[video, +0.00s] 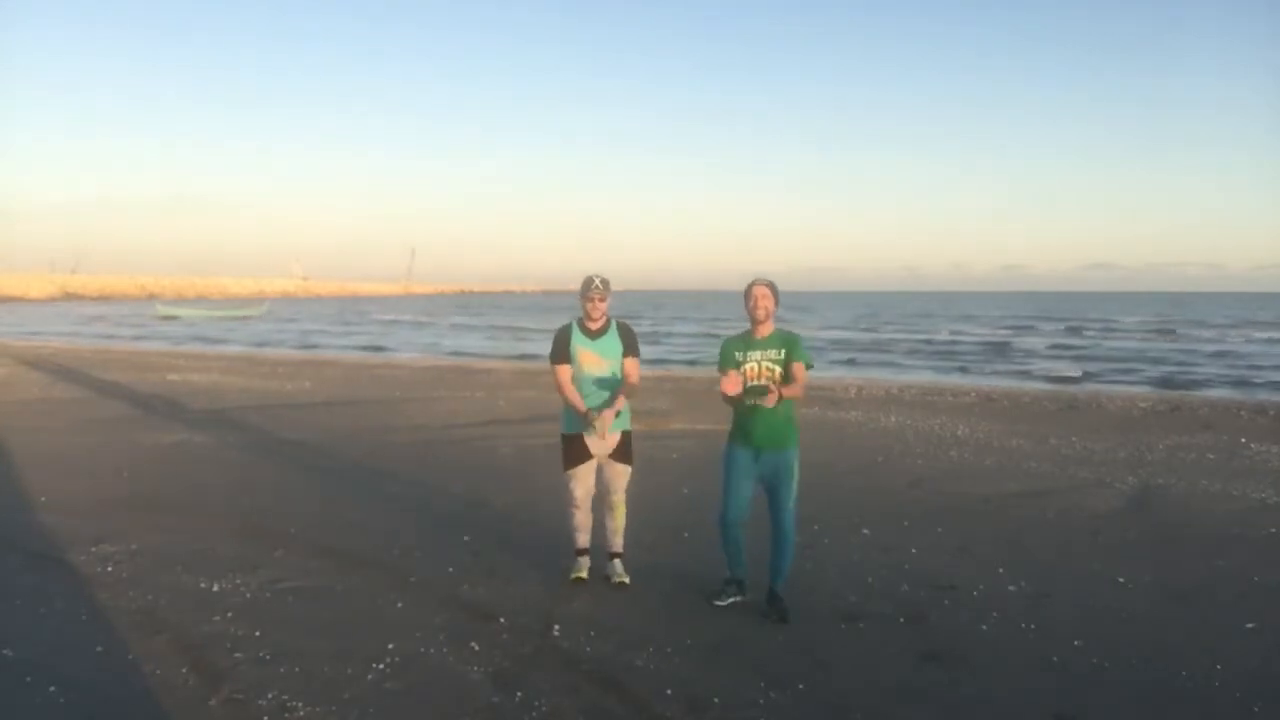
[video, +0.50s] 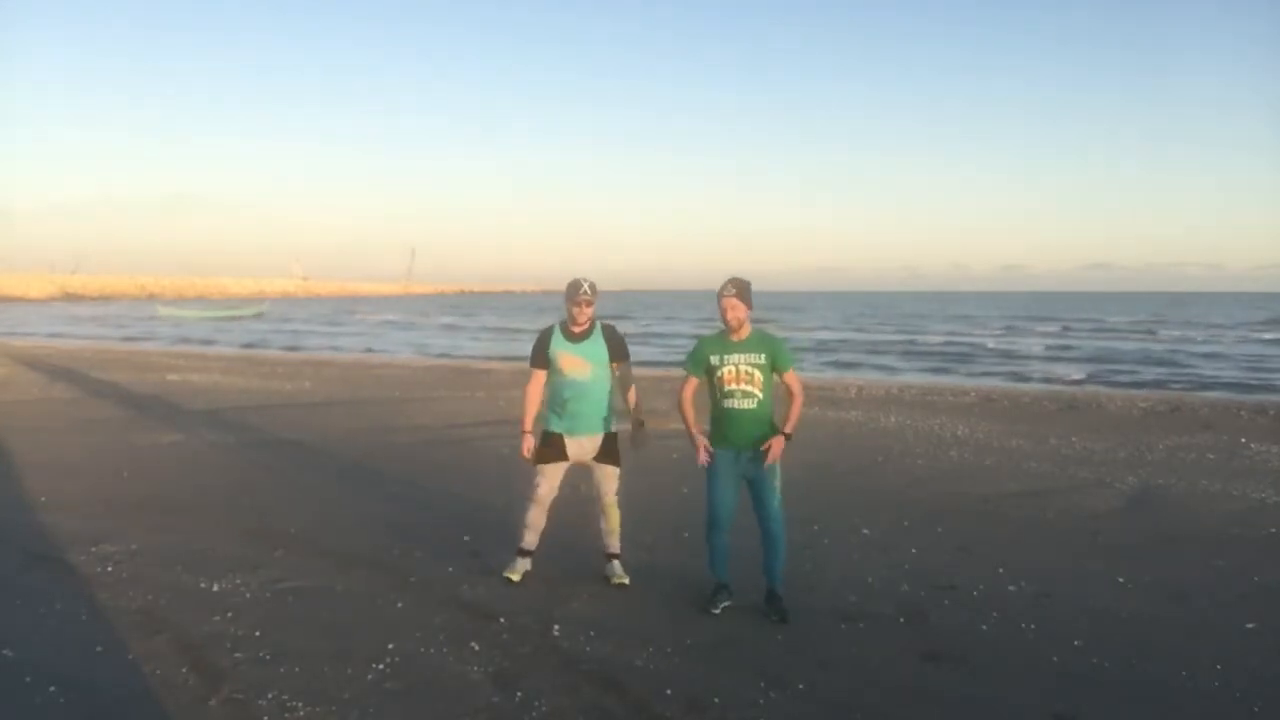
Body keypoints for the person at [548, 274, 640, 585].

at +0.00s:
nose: (595, 305)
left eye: (601, 300)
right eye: (590, 299)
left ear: (608, 301)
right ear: (581, 301)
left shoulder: (623, 332)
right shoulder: (565, 335)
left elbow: (632, 379)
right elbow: (564, 384)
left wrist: (612, 410)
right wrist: (587, 414)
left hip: (617, 426)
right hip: (578, 427)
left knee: (616, 496)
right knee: (580, 496)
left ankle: (615, 559)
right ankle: (581, 557)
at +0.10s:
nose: (596, 305)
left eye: (602, 300)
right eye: (591, 300)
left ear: (609, 301)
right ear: (582, 301)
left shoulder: (623, 331)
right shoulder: (567, 334)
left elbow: (631, 376)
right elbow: (565, 383)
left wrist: (614, 404)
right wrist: (590, 408)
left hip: (619, 428)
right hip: (581, 429)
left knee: (618, 497)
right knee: (587, 497)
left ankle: (616, 559)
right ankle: (591, 559)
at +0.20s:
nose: (596, 305)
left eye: (601, 300)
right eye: (590, 300)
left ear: (608, 301)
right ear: (581, 301)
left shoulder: (623, 331)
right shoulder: (566, 335)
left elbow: (636, 374)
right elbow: (558, 384)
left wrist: (630, 409)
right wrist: (574, 416)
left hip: (618, 428)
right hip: (580, 430)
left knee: (618, 498)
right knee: (580, 498)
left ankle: (616, 559)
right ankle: (582, 557)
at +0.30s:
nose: (594, 309)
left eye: (599, 303)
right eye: (589, 303)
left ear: (607, 304)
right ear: (579, 304)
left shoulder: (621, 336)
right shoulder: (564, 340)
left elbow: (637, 382)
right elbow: (553, 388)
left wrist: (639, 423)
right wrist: (558, 430)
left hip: (616, 434)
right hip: (575, 435)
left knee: (617, 500)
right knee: (569, 497)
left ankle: (615, 560)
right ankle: (569, 553)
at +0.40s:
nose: (590, 309)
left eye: (595, 304)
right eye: (584, 303)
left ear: (603, 305)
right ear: (575, 303)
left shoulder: (617, 336)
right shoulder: (557, 339)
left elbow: (631, 379)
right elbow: (546, 387)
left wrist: (641, 413)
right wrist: (543, 432)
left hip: (610, 433)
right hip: (566, 433)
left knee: (614, 499)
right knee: (554, 493)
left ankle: (615, 560)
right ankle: (547, 554)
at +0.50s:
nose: (582, 310)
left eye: (588, 304)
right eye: (576, 304)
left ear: (595, 306)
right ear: (566, 304)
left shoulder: (610, 337)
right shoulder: (548, 338)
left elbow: (626, 381)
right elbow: (535, 385)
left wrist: (637, 420)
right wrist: (527, 430)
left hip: (601, 434)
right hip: (557, 434)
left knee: (609, 499)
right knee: (541, 495)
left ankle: (614, 560)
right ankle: (524, 556)